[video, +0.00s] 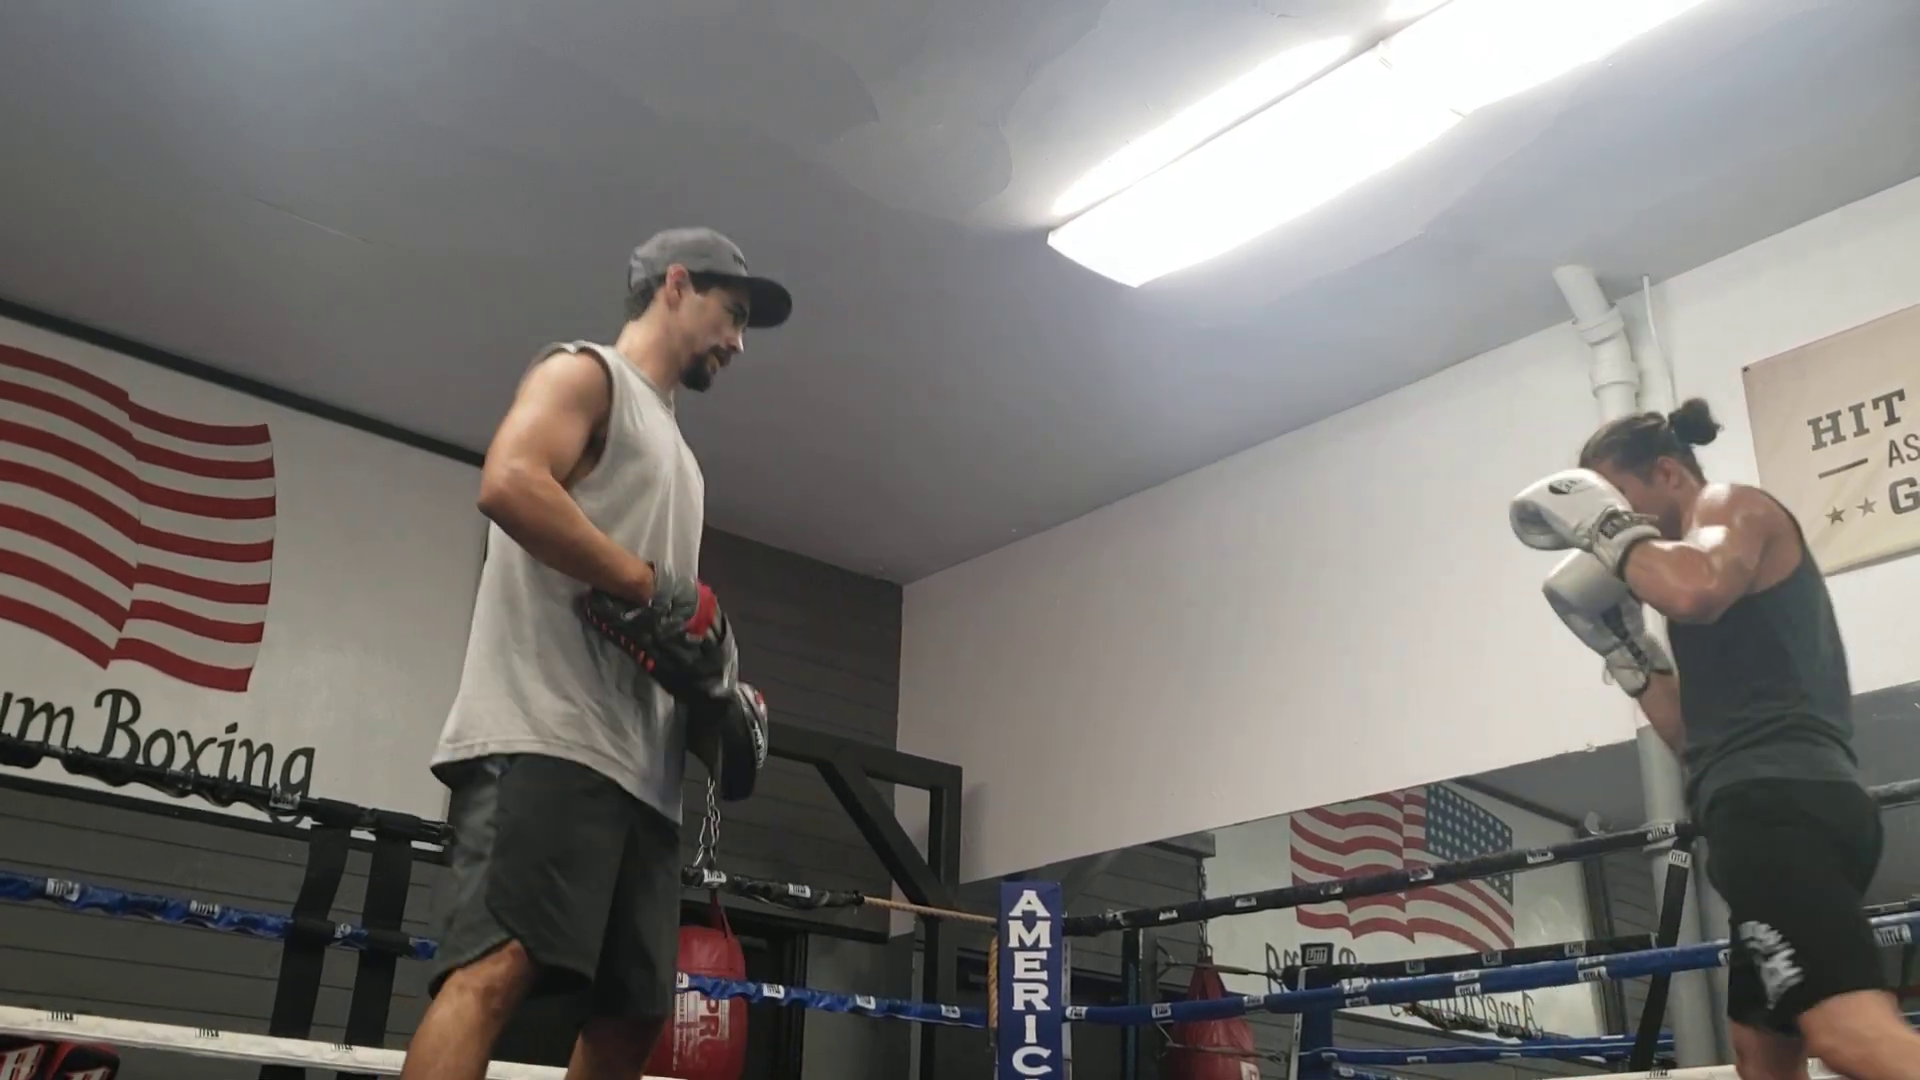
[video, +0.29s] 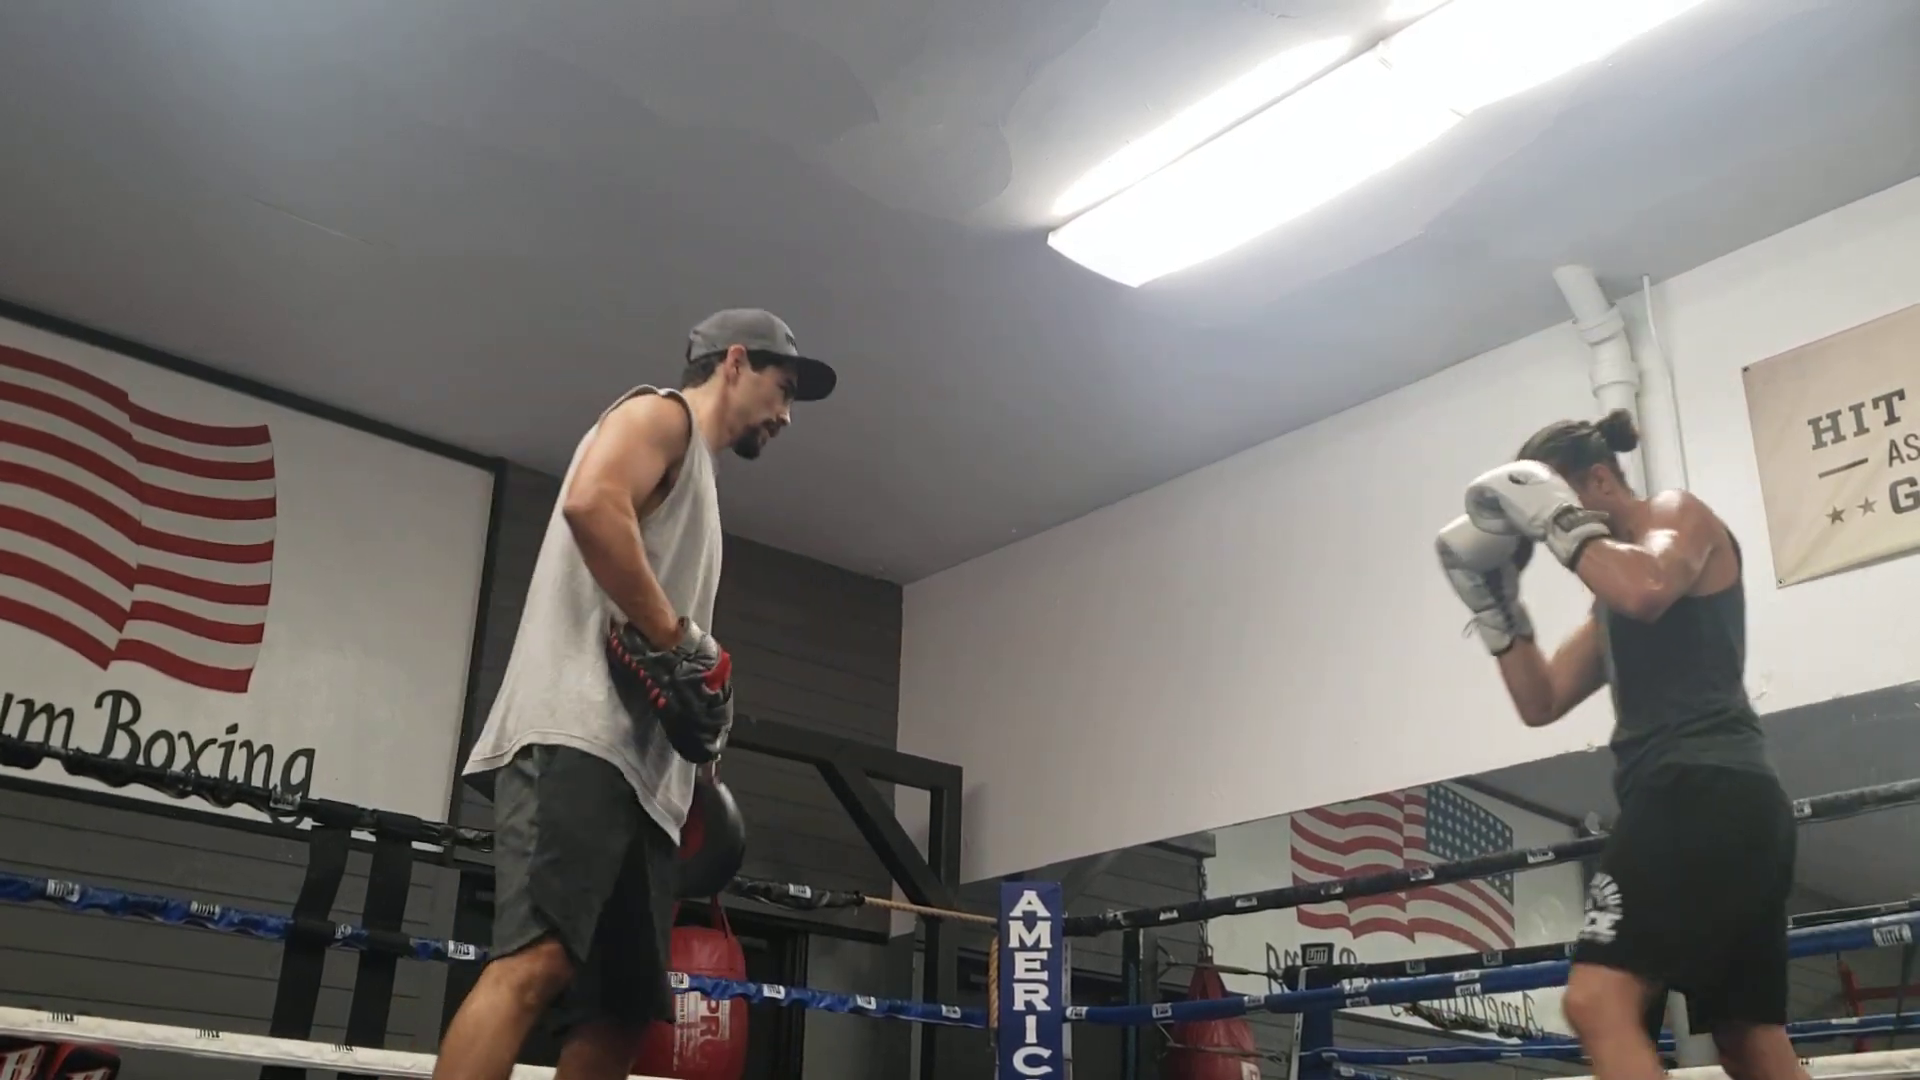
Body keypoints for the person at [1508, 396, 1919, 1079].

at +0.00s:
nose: (1619, 521)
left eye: (1620, 499)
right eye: (1608, 505)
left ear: (1668, 472)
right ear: (1667, 474)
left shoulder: (1738, 504)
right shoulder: (1701, 571)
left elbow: (1696, 588)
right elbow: (1694, 735)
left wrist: (1605, 527)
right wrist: (1623, 649)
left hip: (1778, 791)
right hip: (1748, 802)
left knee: (1852, 1031)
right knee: (1761, 1043)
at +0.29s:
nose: (1561, 523)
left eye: (1562, 501)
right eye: (1549, 510)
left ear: (1603, 478)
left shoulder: (1679, 514)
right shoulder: (1618, 601)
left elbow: (1645, 591)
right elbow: (1540, 701)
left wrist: (1555, 518)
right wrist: (1492, 601)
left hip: (1696, 791)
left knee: (1599, 1002)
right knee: (1753, 1039)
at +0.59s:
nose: (1425, 559)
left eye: (1428, 538)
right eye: (1415, 547)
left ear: (1477, 512)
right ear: (1476, 516)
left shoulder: (1557, 567)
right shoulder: (1516, 601)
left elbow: (1549, 714)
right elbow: (1518, 749)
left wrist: (1458, 642)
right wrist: (1448, 689)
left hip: (1566, 828)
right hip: (1619, 829)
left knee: (1487, 1039)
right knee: (1630, 1050)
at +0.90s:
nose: (1406, 591)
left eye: (1407, 572)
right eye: (1397, 580)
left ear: (1443, 541)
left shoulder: (1509, 571)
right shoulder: (1478, 629)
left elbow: (1450, 644)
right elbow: (1461, 775)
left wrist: (1380, 584)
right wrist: (1396, 696)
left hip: (1543, 834)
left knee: (1497, 1043)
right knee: (1551, 1054)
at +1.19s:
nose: (1411, 616)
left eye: (1420, 597)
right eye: (1403, 605)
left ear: (1465, 582)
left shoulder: (1530, 626)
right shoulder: (1455, 688)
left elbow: (1597, 712)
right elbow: (1418, 803)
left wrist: (1492, 654)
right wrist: (1379, 720)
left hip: (1562, 862)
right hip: (1512, 876)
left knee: (1533, 1050)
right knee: (1514, 1058)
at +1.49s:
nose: (1420, 589)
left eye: (1431, 570)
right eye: (1411, 577)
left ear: (1479, 564)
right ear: (1409, 583)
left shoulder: (1540, 617)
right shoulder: (1451, 674)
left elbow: (1597, 731)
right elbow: (1433, 799)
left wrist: (1506, 661)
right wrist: (1392, 717)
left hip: (1564, 864)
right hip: (1502, 876)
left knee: (1562, 1061)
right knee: (1496, 1065)